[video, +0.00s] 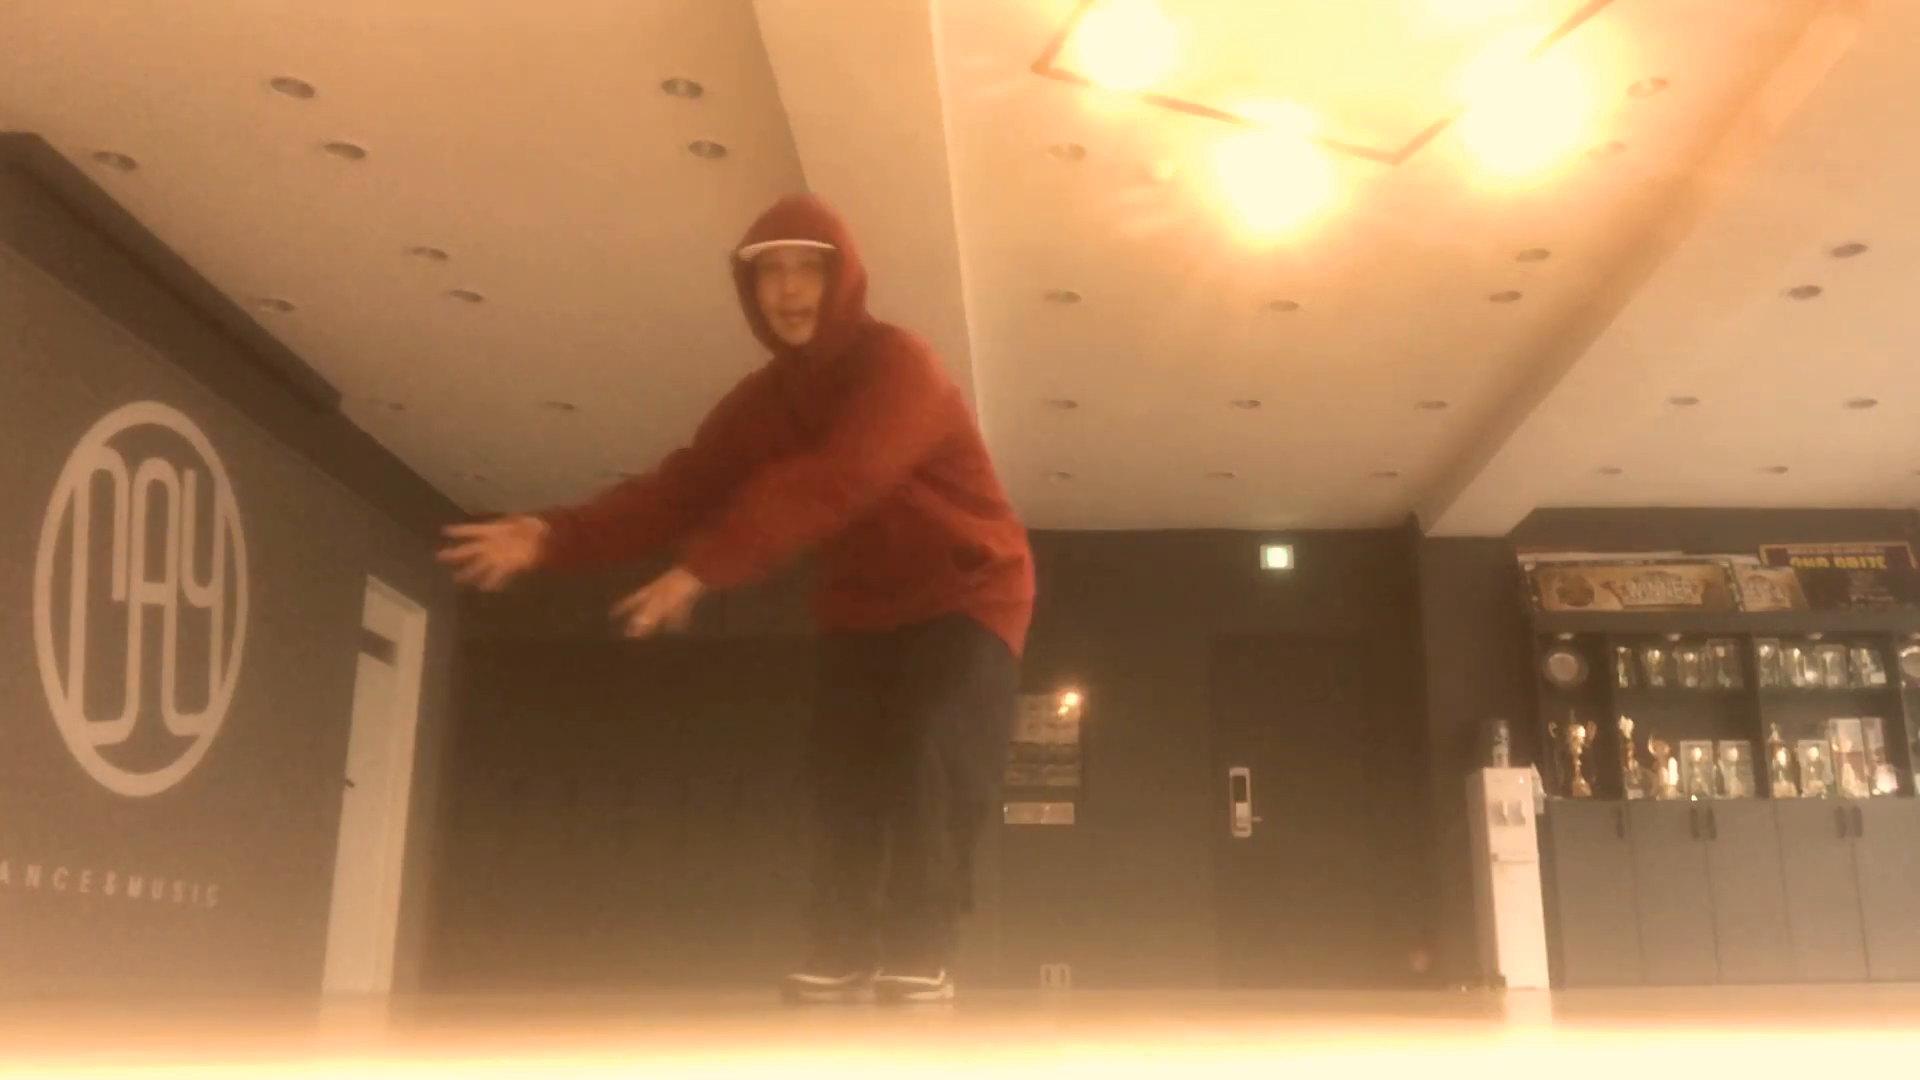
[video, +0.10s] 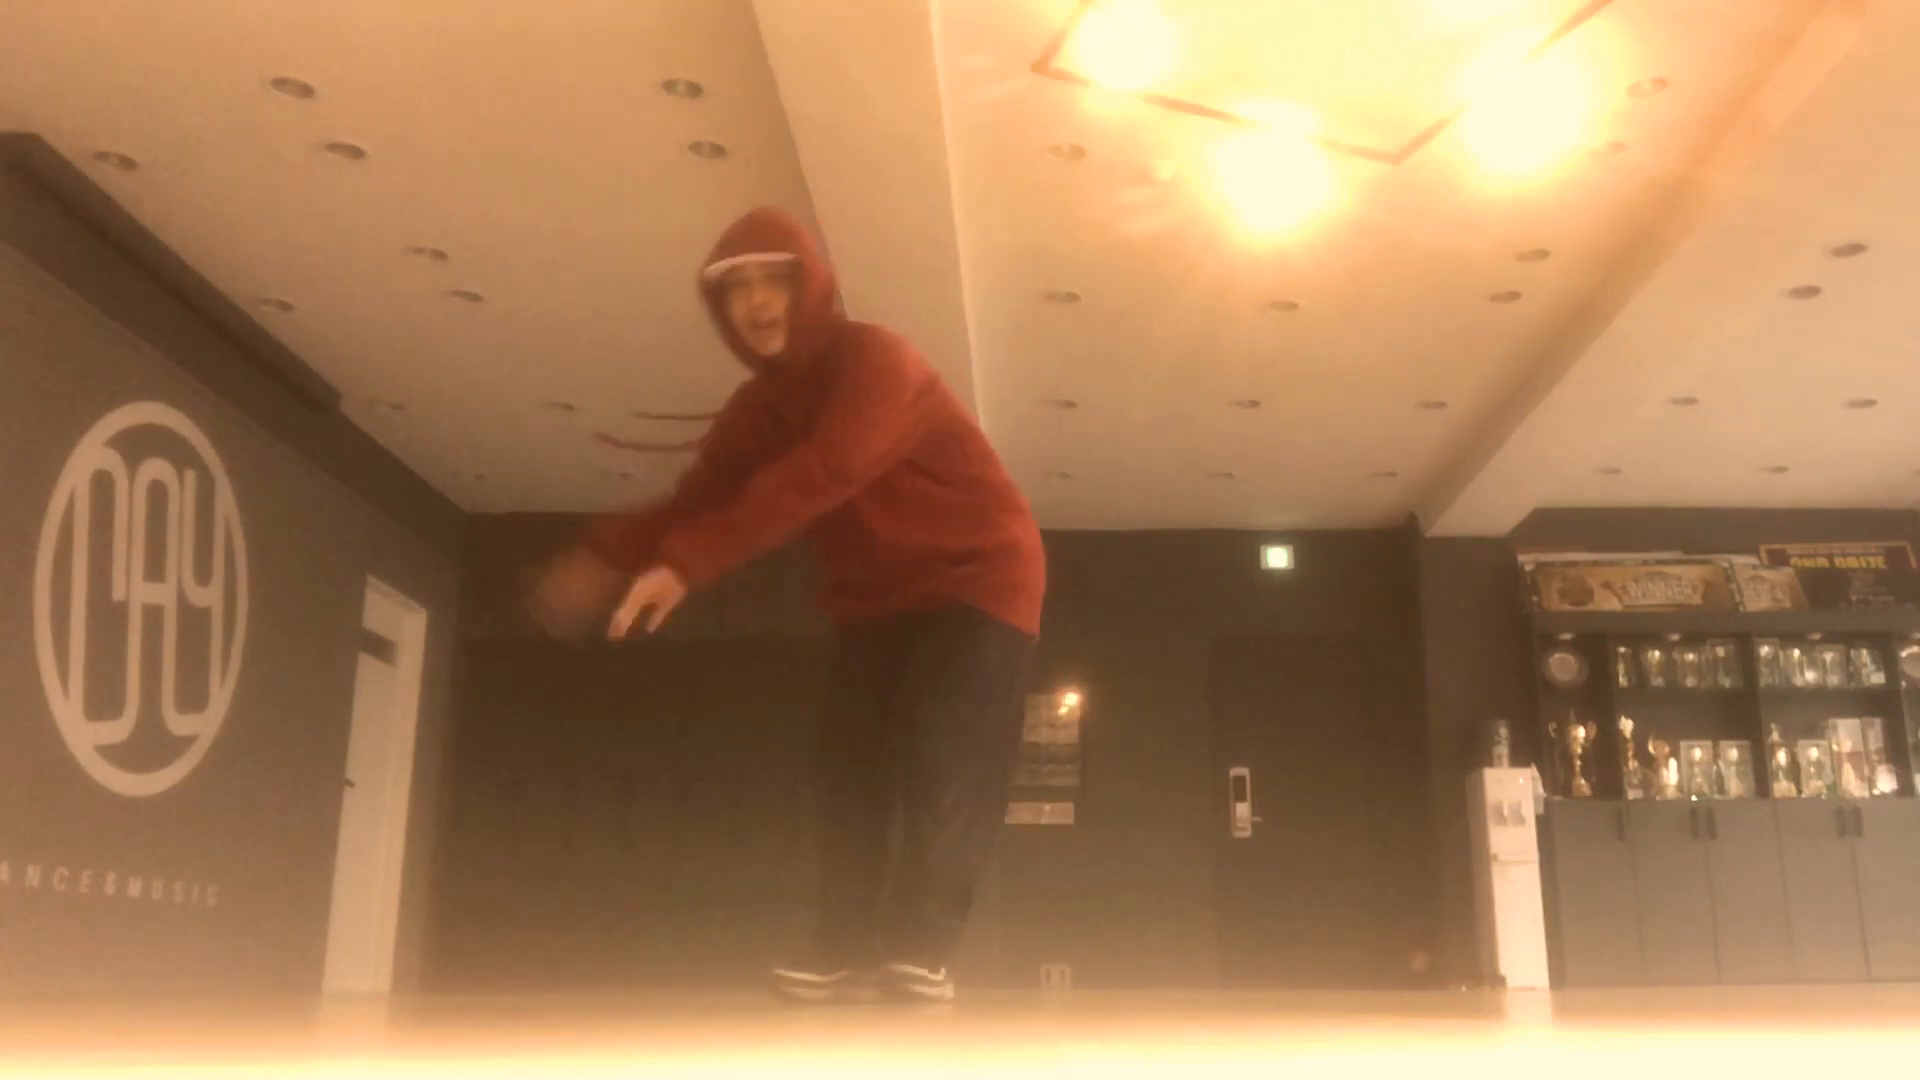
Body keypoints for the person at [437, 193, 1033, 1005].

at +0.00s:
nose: (785, 291)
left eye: (806, 271)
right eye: (767, 273)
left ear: (843, 279)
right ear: (749, 290)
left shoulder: (900, 367)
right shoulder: (766, 397)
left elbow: (836, 482)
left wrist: (701, 568)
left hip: (965, 594)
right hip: (861, 609)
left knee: (931, 759)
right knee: (845, 774)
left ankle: (922, 956)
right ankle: (840, 954)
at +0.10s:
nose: (757, 303)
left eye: (775, 281)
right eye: (736, 289)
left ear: (813, 286)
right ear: (720, 310)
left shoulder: (878, 362)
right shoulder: (760, 405)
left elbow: (820, 476)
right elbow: (699, 501)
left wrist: (686, 566)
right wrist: (603, 553)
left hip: (978, 578)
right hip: (877, 595)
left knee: (938, 761)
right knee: (849, 762)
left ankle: (922, 956)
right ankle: (845, 951)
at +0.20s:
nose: (739, 323)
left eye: (755, 300)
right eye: (720, 309)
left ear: (796, 301)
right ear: (708, 326)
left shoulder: (867, 376)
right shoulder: (762, 420)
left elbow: (852, 520)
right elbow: (751, 536)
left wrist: (735, 628)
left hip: (959, 575)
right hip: (865, 591)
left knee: (907, 741)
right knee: (829, 746)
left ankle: (985, 880)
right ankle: (851, 951)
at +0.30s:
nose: (737, 317)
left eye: (751, 293)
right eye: (718, 303)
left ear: (791, 294)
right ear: (706, 322)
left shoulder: (859, 374)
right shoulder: (770, 413)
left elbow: (892, 531)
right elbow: (795, 510)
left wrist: (858, 664)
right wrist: (803, 577)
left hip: (960, 559)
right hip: (872, 563)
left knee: (884, 718)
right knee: (829, 719)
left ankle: (1011, 703)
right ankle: (848, 948)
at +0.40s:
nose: (737, 292)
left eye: (752, 269)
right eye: (719, 281)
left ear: (792, 266)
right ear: (708, 298)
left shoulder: (859, 337)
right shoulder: (772, 382)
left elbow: (929, 470)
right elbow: (783, 521)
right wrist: (803, 490)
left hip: (969, 525)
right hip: (896, 540)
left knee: (886, 663)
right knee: (864, 723)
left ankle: (1023, 733)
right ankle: (853, 943)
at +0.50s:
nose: (756, 276)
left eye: (770, 253)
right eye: (737, 262)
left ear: (809, 252)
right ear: (726, 281)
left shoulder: (881, 333)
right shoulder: (777, 366)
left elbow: (971, 448)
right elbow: (752, 474)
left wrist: (1053, 562)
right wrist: (768, 431)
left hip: (966, 551)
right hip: (899, 561)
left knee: (919, 693)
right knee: (881, 707)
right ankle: (925, 913)